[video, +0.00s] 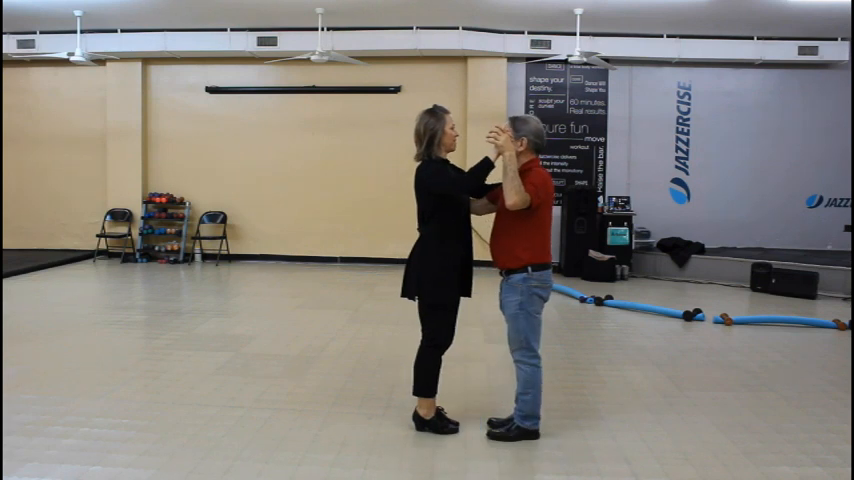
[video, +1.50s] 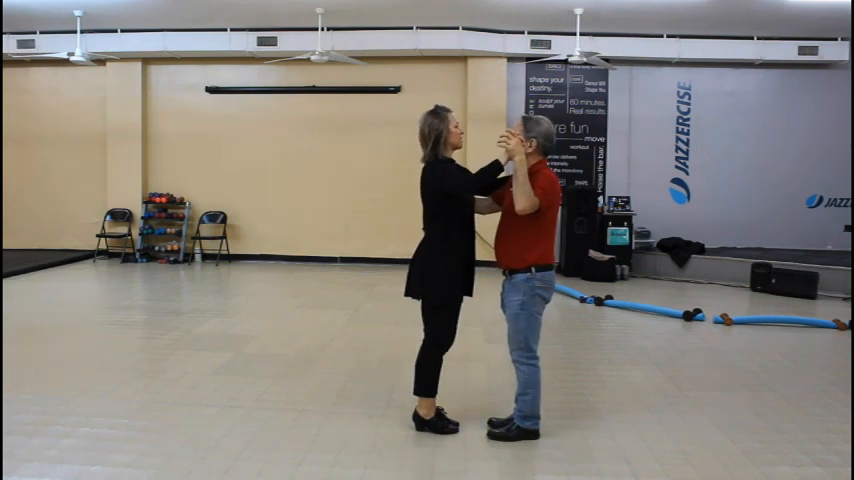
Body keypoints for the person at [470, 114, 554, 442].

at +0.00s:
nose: (501, 142)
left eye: (506, 136)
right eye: (502, 136)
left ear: (521, 143)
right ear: (521, 144)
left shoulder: (538, 176)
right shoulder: (517, 177)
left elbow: (515, 201)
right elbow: (479, 205)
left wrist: (508, 156)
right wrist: (447, 192)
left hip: (529, 277)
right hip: (516, 275)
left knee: (526, 353)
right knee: (521, 352)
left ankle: (527, 423)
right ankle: (522, 416)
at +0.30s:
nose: (503, 143)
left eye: (509, 138)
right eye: (505, 137)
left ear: (524, 144)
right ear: (524, 145)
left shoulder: (541, 178)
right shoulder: (519, 180)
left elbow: (520, 205)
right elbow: (481, 207)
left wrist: (511, 161)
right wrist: (447, 196)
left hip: (530, 277)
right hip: (516, 275)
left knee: (520, 353)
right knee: (516, 352)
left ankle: (527, 423)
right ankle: (521, 415)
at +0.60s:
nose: (507, 142)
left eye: (513, 137)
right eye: (508, 136)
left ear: (529, 144)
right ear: (527, 145)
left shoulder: (544, 178)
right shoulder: (520, 181)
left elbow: (522, 204)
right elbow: (481, 206)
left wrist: (514, 159)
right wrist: (449, 191)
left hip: (532, 277)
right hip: (517, 276)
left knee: (523, 354)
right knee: (518, 353)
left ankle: (527, 423)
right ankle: (522, 416)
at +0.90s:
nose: (507, 144)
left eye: (512, 138)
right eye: (508, 138)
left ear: (529, 144)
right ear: (528, 145)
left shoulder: (546, 178)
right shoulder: (520, 181)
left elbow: (524, 206)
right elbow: (482, 206)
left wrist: (517, 162)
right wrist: (450, 190)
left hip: (532, 277)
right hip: (517, 276)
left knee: (523, 354)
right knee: (519, 353)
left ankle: (527, 423)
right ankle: (522, 416)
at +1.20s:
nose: (509, 143)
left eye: (514, 138)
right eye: (510, 138)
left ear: (530, 144)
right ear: (529, 145)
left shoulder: (546, 179)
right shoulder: (520, 181)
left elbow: (526, 205)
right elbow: (482, 206)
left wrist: (519, 160)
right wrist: (453, 187)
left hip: (532, 277)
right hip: (517, 276)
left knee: (523, 354)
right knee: (519, 353)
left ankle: (527, 423)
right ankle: (522, 416)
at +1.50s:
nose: (509, 139)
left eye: (514, 135)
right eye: (510, 134)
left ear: (530, 144)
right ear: (529, 145)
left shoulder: (545, 178)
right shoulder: (520, 179)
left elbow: (524, 205)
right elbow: (484, 205)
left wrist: (518, 160)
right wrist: (450, 193)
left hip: (532, 277)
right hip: (517, 276)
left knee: (525, 354)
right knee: (520, 353)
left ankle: (527, 423)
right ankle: (522, 416)